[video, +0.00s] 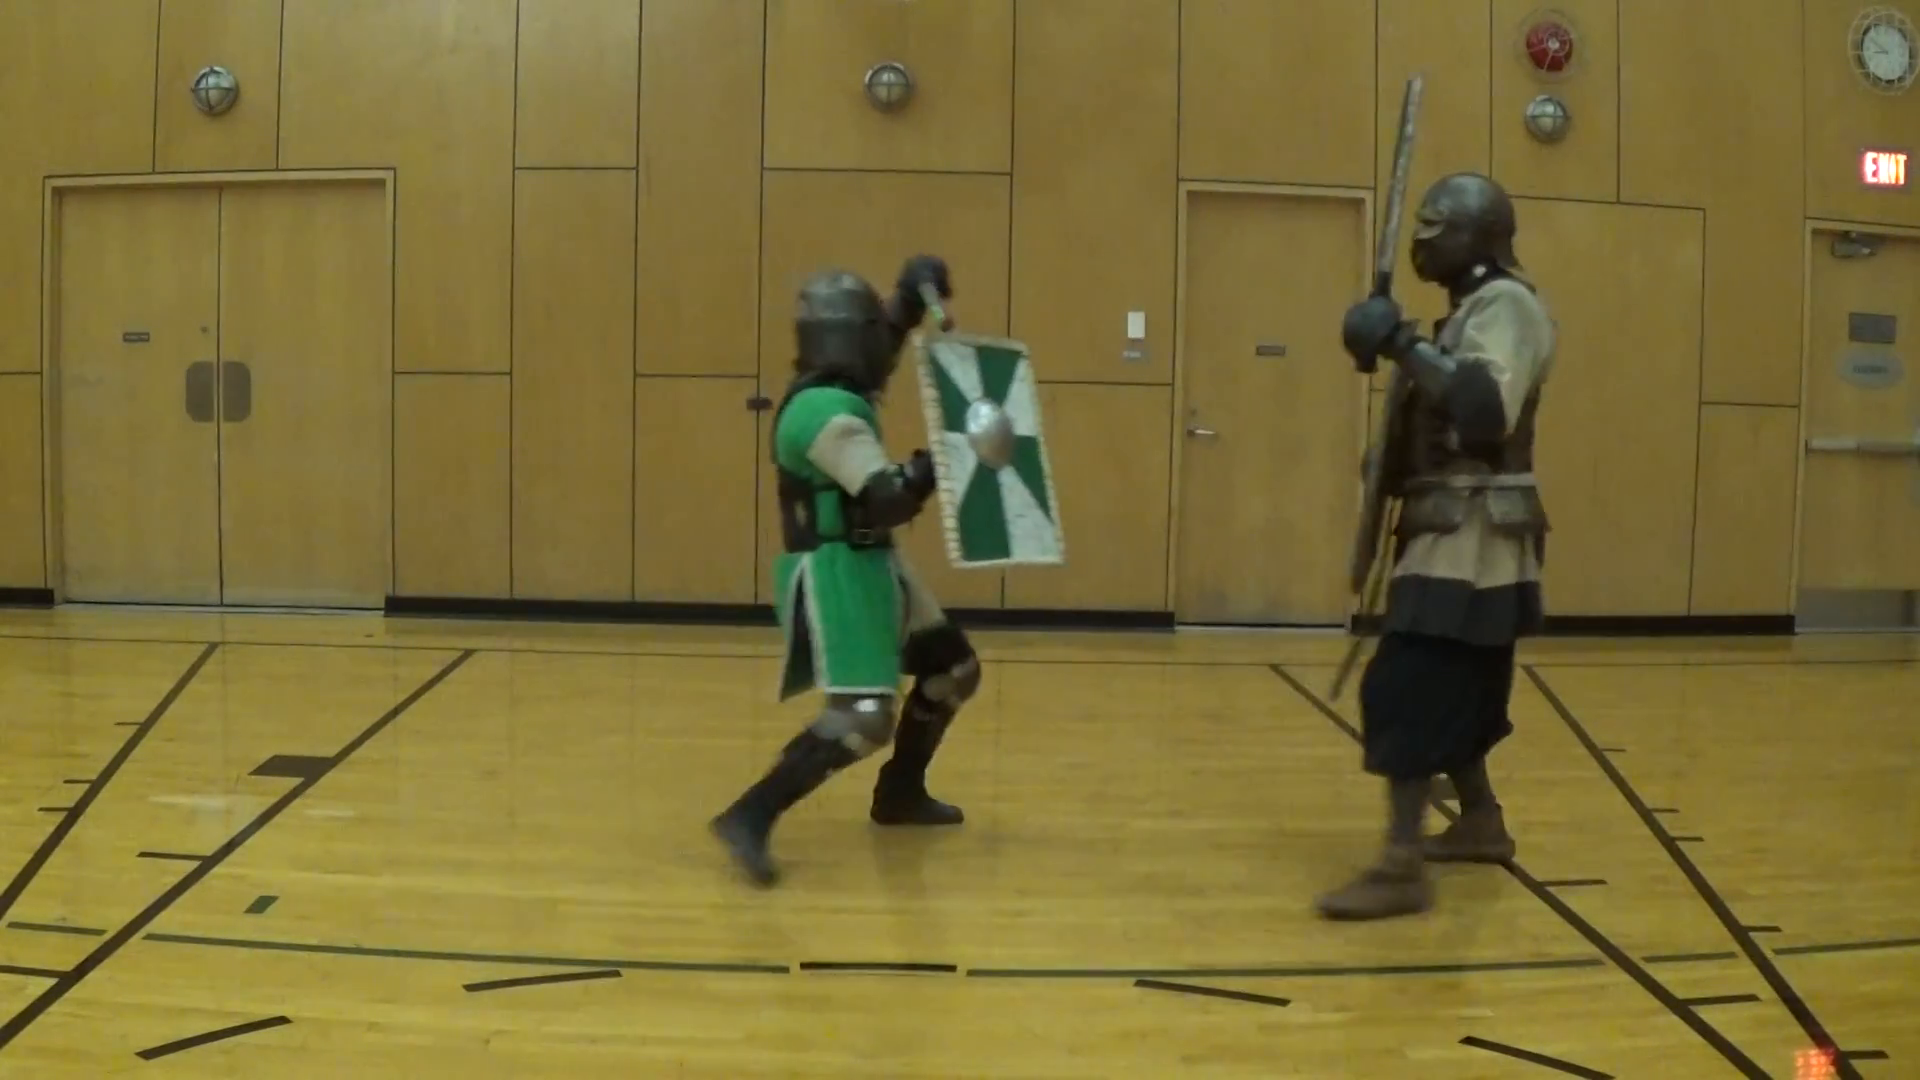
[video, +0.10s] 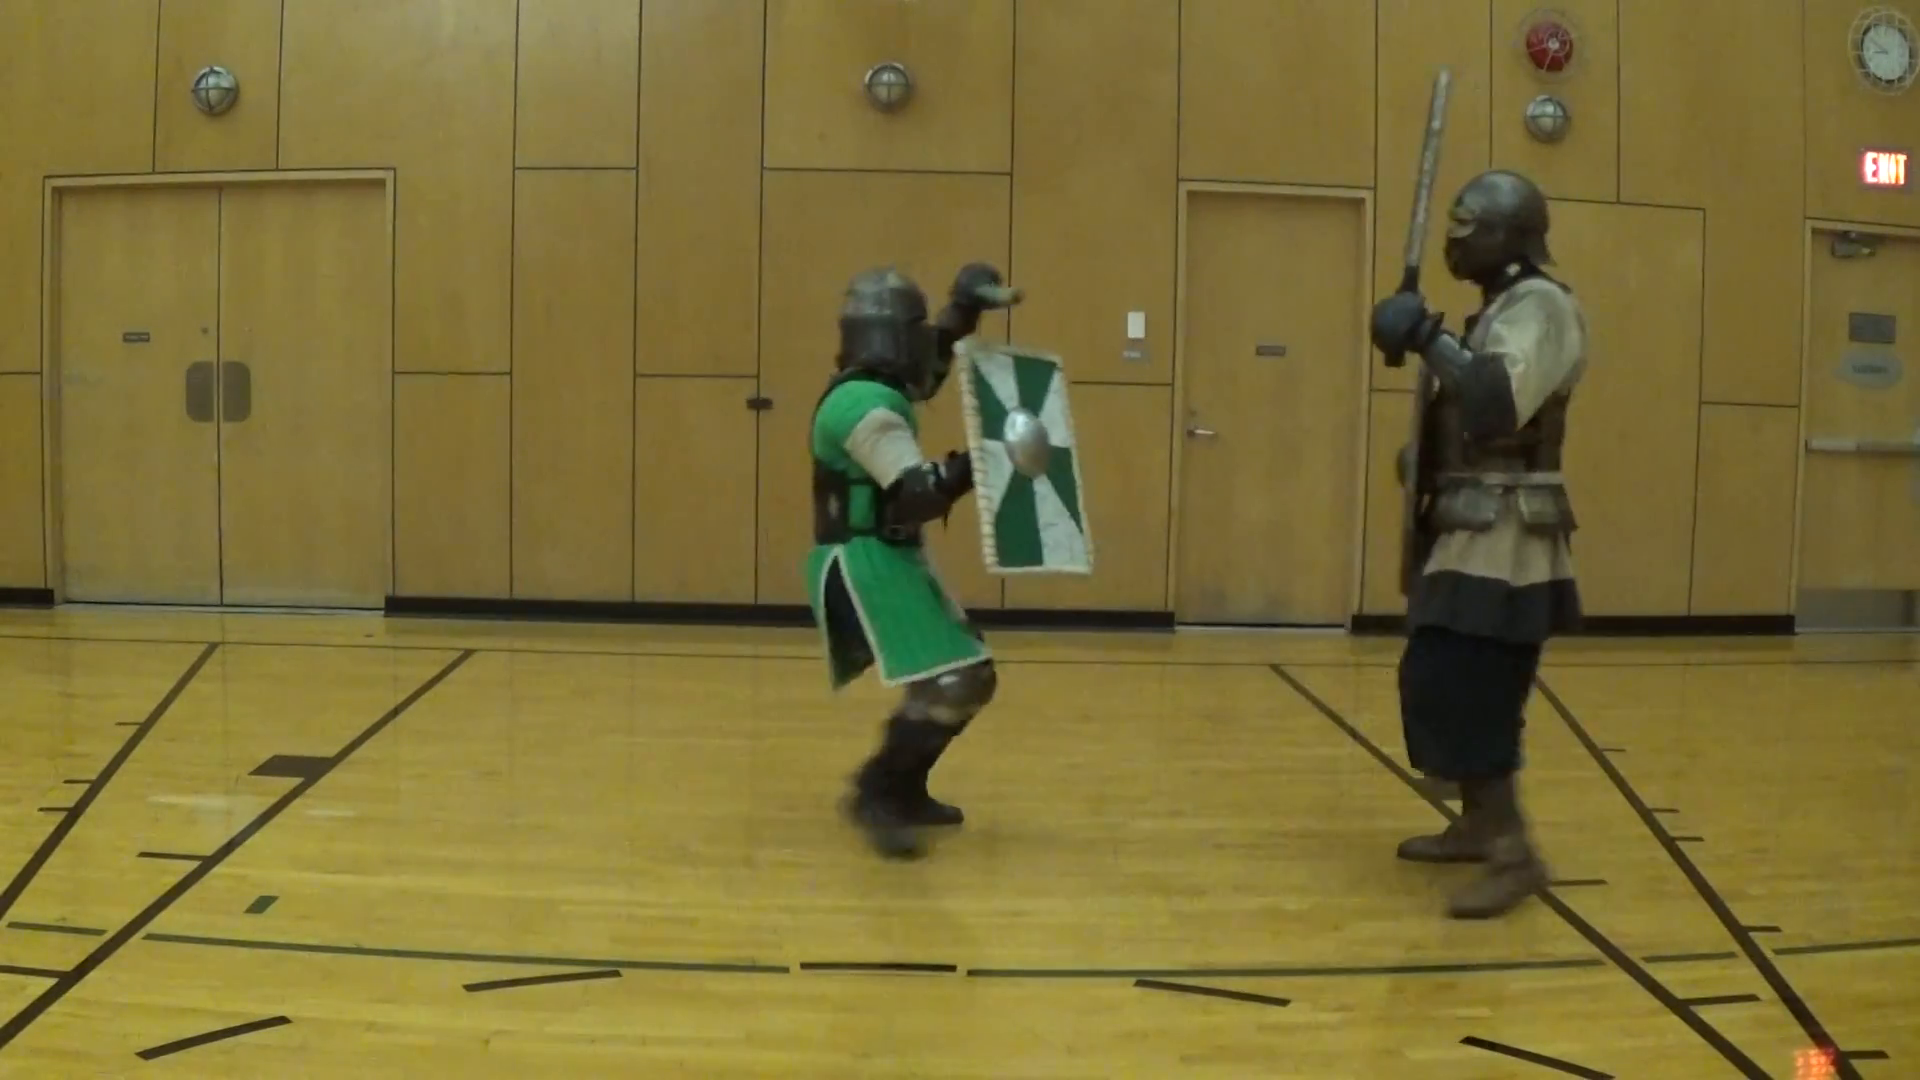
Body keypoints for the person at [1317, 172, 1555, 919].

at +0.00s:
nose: (1420, 238)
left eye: (1436, 227)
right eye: (1421, 225)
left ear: (1484, 239)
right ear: (1466, 240)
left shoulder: (1504, 308)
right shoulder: (1469, 311)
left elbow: (1480, 404)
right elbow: (1439, 396)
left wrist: (1405, 344)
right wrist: (1391, 344)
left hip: (1471, 543)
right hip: (1454, 538)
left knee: (1401, 687)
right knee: (1449, 681)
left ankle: (1400, 865)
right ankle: (1481, 818)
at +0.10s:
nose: (1450, 236)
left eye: (1465, 224)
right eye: (1453, 223)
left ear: (1510, 235)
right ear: (1500, 235)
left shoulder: (1537, 307)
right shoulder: (1499, 308)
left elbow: (1496, 399)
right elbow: (1475, 396)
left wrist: (1429, 337)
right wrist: (1422, 339)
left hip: (1506, 544)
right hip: (1473, 537)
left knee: (1466, 687)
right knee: (1447, 679)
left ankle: (1512, 851)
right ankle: (1482, 823)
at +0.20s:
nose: (1486, 238)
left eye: (1500, 226)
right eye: (1490, 226)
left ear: (1544, 238)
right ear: (1535, 239)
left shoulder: (1573, 311)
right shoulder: (1536, 311)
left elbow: (1509, 398)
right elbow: (1498, 390)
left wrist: (1454, 333)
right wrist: (1445, 333)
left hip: (1537, 540)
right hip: (1497, 537)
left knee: (1519, 685)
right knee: (1454, 671)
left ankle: (1617, 833)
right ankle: (1482, 822)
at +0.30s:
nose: (1523, 243)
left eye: (1538, 231)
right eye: (1526, 229)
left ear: (1582, 243)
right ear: (1569, 246)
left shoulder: (1605, 318)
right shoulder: (1569, 318)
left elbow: (1530, 405)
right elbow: (1528, 401)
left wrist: (1481, 340)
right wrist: (1481, 343)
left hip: (1566, 547)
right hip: (1527, 544)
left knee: (1572, 685)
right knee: (1474, 671)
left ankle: (1698, 819)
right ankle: (1482, 823)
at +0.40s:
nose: (1559, 250)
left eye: (1575, 239)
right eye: (1563, 238)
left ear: (1620, 251)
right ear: (1612, 252)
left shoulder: (1639, 326)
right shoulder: (1610, 324)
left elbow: (1556, 417)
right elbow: (1565, 411)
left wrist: (1516, 350)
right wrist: (1529, 355)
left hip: (1609, 558)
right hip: (1563, 552)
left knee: (1643, 698)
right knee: (1499, 677)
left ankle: (1742, 834)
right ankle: (1484, 823)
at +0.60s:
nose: (1622, 251)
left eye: (1638, 238)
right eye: (1625, 237)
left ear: (1683, 250)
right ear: (1676, 252)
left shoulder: (1707, 328)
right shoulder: (1674, 325)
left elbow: (1627, 424)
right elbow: (1628, 413)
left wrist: (1585, 353)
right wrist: (1584, 355)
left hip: (1699, 560)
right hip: (1647, 555)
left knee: (1715, 707)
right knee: (1574, 674)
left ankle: (1756, 855)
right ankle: (1535, 818)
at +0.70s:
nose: (1644, 241)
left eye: (1660, 230)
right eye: (1646, 229)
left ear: (1709, 243)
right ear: (1694, 245)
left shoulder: (1734, 320)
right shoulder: (1693, 318)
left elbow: (1648, 412)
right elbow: (1649, 401)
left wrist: (1612, 336)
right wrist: (1608, 336)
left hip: (1720, 546)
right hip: (1661, 541)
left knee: (1727, 697)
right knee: (1609, 667)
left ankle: (1756, 852)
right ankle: (1608, 809)